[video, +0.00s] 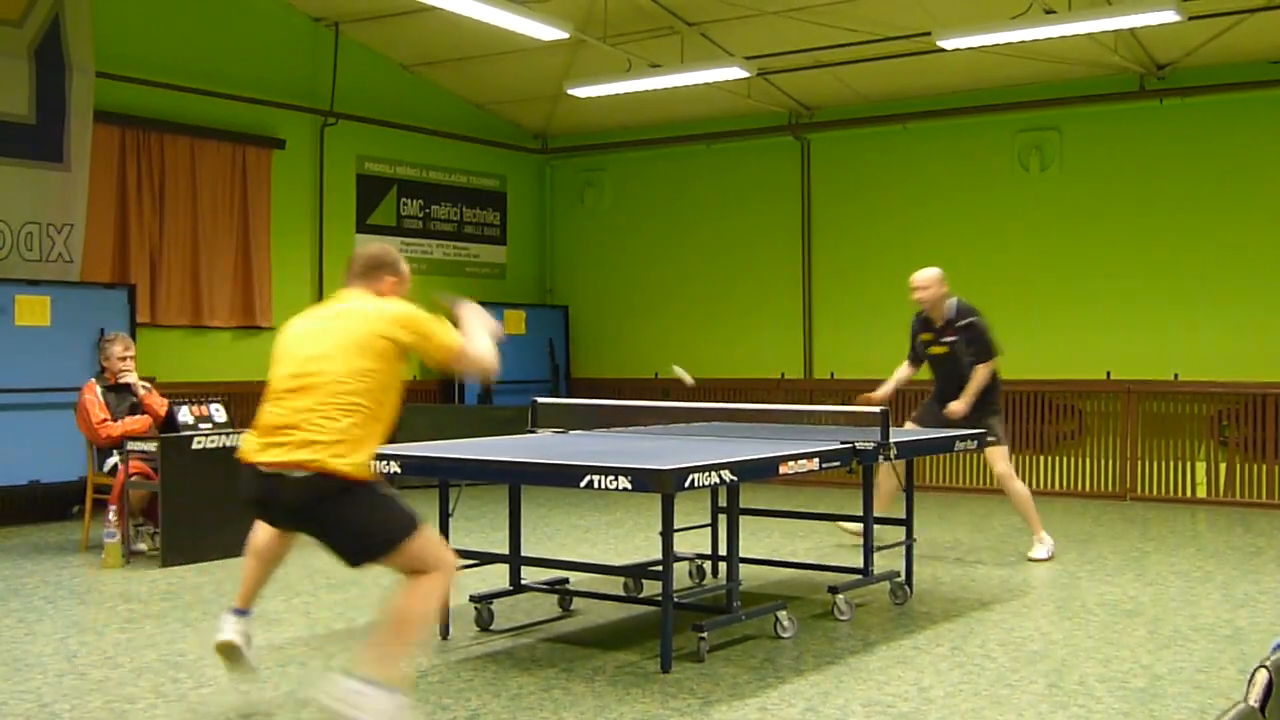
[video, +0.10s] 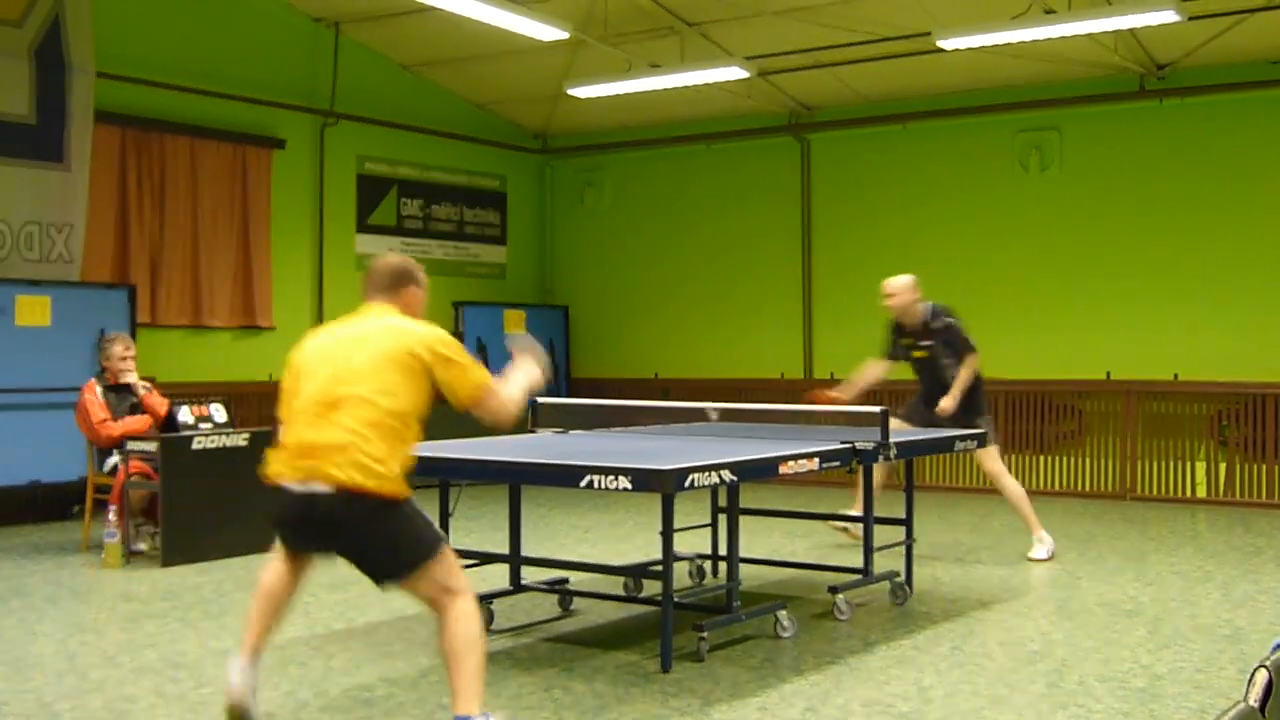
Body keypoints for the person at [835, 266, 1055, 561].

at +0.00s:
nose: (918, 295)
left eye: (924, 288)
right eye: (914, 290)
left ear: (943, 287)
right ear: (913, 293)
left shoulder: (967, 317)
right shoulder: (921, 322)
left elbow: (986, 363)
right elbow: (912, 363)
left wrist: (965, 401)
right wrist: (884, 391)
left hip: (981, 401)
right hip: (942, 399)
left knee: (1002, 471)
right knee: (894, 450)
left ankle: (1041, 536)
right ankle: (870, 522)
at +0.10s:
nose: (886, 302)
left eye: (891, 296)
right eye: (884, 297)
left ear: (913, 295)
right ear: (891, 298)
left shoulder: (941, 320)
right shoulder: (898, 327)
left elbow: (971, 359)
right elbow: (882, 364)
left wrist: (953, 396)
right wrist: (847, 392)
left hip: (966, 401)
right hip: (928, 400)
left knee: (993, 468)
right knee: (880, 443)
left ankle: (1040, 536)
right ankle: (859, 515)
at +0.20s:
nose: (837, 315)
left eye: (843, 309)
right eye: (836, 310)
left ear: (863, 307)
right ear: (843, 314)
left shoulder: (892, 323)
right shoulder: (848, 340)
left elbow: (944, 331)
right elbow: (809, 355)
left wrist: (959, 364)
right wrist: (760, 363)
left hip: (940, 408)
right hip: (901, 411)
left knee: (987, 459)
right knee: (854, 449)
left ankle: (1034, 524)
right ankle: (839, 524)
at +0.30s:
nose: (809, 332)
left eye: (814, 326)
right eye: (808, 327)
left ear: (833, 322)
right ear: (814, 328)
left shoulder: (865, 332)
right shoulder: (820, 347)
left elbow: (911, 329)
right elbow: (778, 360)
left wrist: (918, 324)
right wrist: (738, 360)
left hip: (919, 412)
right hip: (882, 416)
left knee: (963, 457)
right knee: (836, 441)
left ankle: (1031, 505)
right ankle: (834, 526)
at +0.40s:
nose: (794, 324)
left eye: (798, 316)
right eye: (791, 320)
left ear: (816, 312)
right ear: (795, 323)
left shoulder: (841, 327)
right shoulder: (804, 351)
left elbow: (871, 340)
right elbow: (783, 386)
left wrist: (841, 354)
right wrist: (752, 403)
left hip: (889, 406)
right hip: (850, 413)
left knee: (930, 456)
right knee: (813, 456)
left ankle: (1001, 485)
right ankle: (833, 525)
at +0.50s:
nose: (788, 313)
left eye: (792, 306)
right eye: (785, 308)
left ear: (809, 303)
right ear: (787, 311)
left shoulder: (833, 321)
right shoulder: (797, 339)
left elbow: (848, 352)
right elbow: (791, 386)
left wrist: (812, 379)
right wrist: (774, 427)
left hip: (876, 402)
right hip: (839, 409)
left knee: (913, 453)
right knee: (807, 457)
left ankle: (973, 485)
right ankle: (832, 525)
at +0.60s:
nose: (780, 298)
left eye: (784, 291)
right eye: (777, 293)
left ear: (802, 288)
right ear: (779, 295)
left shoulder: (827, 309)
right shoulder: (791, 323)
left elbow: (828, 354)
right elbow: (803, 367)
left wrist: (793, 378)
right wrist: (805, 412)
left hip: (864, 397)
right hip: (829, 400)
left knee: (882, 449)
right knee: (809, 452)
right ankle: (831, 522)